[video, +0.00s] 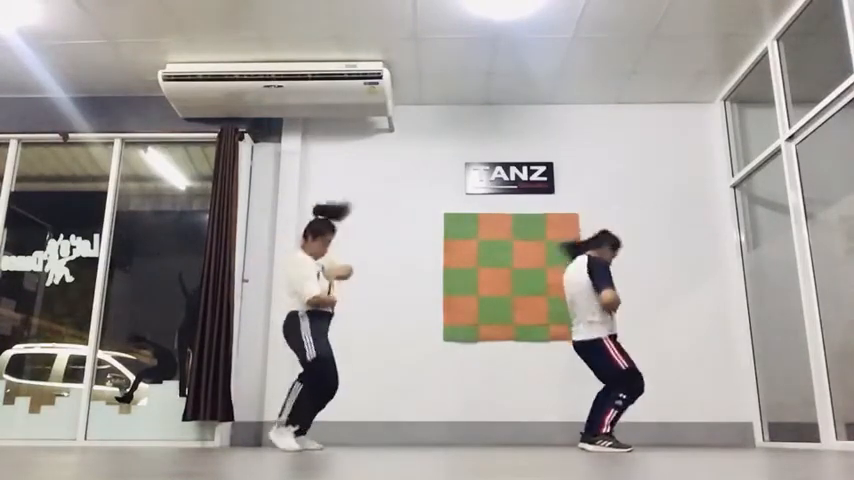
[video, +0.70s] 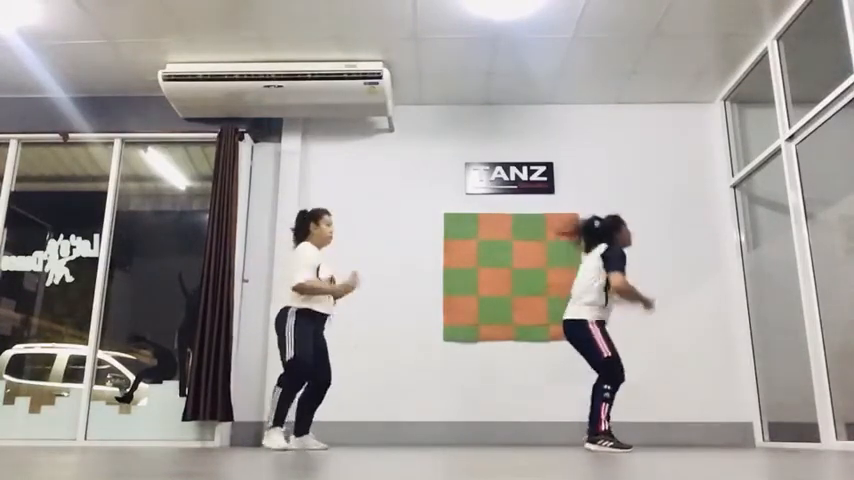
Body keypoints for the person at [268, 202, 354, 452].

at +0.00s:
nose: (326, 248)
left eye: (329, 244)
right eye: (324, 242)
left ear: (323, 242)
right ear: (308, 237)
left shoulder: (317, 263)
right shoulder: (299, 262)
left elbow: (345, 270)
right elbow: (311, 298)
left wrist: (334, 273)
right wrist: (330, 300)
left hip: (317, 322)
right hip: (302, 320)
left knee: (329, 382)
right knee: (315, 371)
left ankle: (298, 433)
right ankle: (282, 428)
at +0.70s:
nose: (331, 231)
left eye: (331, 226)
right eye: (327, 225)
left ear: (320, 229)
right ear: (312, 228)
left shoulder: (318, 256)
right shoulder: (305, 251)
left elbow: (320, 291)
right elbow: (299, 285)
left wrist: (343, 288)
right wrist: (331, 289)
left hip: (313, 322)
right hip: (295, 318)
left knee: (321, 377)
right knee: (297, 370)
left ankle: (300, 435)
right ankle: (274, 430)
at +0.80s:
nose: (330, 234)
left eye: (331, 229)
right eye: (325, 228)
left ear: (324, 233)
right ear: (309, 230)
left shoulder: (320, 261)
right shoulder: (297, 254)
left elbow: (334, 297)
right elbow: (297, 291)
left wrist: (348, 321)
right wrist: (310, 319)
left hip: (315, 323)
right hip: (293, 320)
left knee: (326, 380)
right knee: (296, 373)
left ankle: (302, 435)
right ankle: (273, 430)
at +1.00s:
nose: (321, 243)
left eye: (324, 240)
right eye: (315, 239)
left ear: (328, 246)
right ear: (304, 244)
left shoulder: (331, 274)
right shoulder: (294, 268)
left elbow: (352, 308)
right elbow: (271, 294)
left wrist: (360, 338)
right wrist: (274, 329)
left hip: (318, 339)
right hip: (290, 336)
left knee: (345, 378)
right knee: (290, 376)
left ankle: (324, 424)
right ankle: (270, 432)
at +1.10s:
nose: (319, 245)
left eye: (323, 242)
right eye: (314, 241)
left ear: (328, 248)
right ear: (305, 247)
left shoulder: (338, 275)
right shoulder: (291, 271)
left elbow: (370, 290)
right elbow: (263, 282)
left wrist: (373, 313)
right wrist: (264, 304)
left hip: (326, 341)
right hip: (294, 338)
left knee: (338, 388)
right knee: (279, 380)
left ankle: (327, 434)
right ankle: (272, 430)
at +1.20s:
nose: (317, 243)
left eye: (321, 240)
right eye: (312, 239)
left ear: (328, 246)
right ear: (304, 245)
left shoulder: (339, 272)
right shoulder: (289, 270)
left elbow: (367, 273)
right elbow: (263, 273)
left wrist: (372, 278)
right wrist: (259, 278)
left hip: (329, 338)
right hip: (297, 337)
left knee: (341, 385)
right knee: (278, 375)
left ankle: (327, 435)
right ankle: (272, 431)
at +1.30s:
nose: (314, 240)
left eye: (319, 237)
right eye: (310, 236)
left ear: (326, 244)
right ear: (303, 242)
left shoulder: (338, 269)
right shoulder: (288, 270)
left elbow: (366, 271)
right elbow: (258, 266)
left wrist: (370, 257)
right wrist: (253, 254)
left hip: (330, 335)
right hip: (298, 335)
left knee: (353, 377)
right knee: (276, 382)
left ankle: (335, 430)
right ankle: (275, 434)